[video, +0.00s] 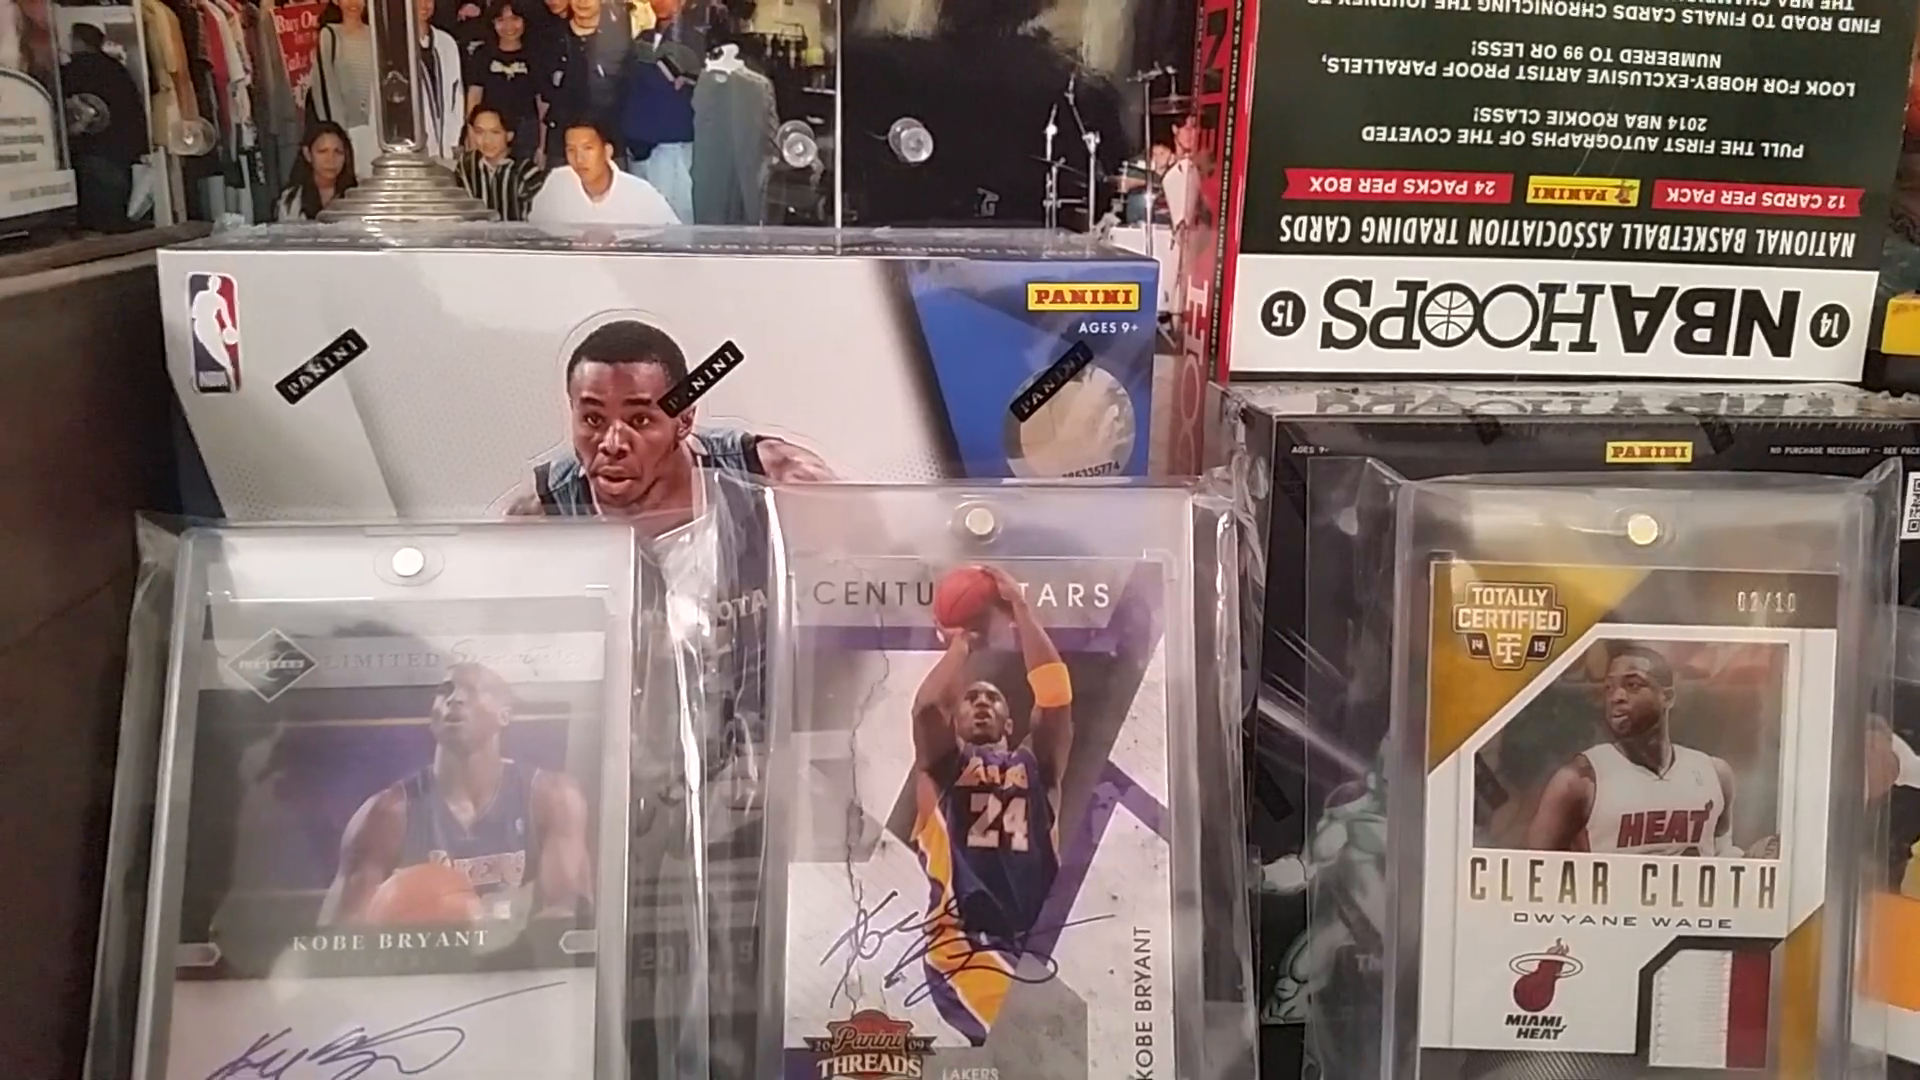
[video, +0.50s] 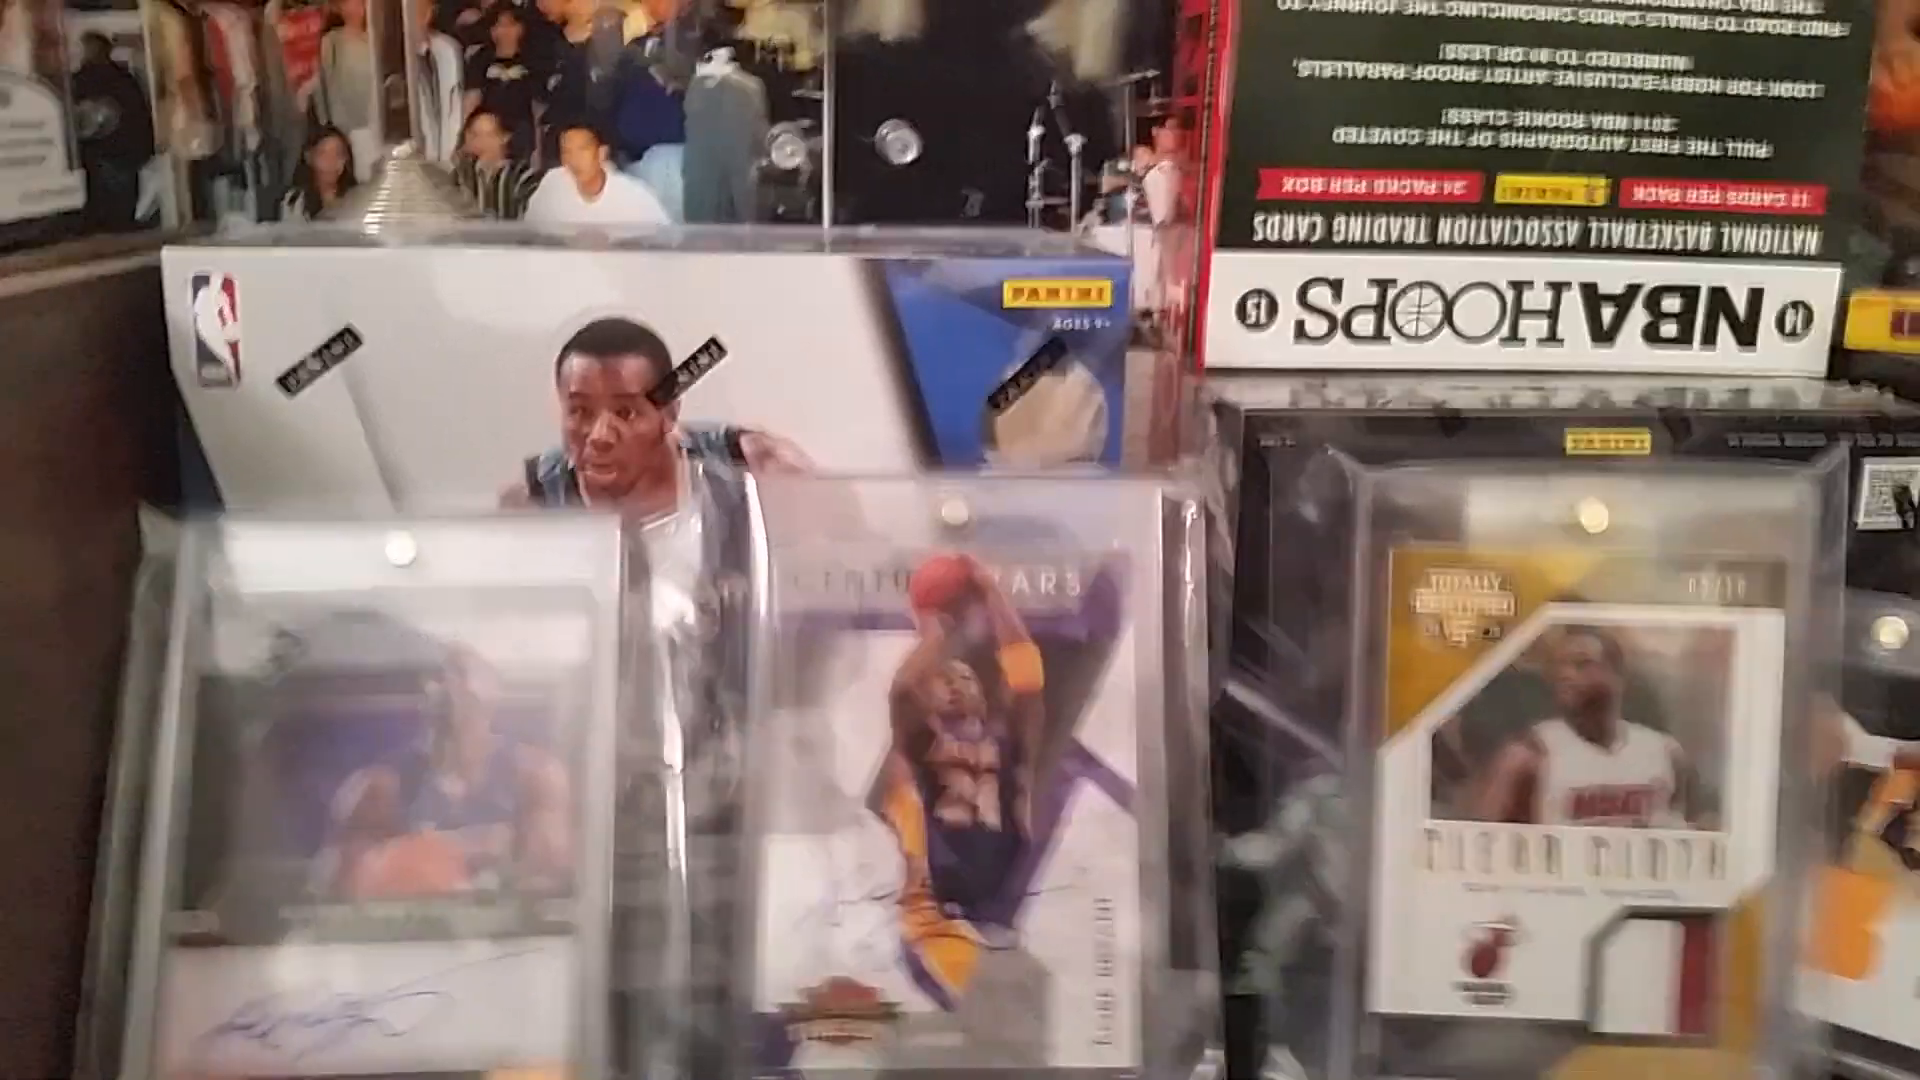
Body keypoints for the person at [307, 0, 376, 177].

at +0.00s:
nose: (354, 4)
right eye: (348, 0)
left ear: (365, 3)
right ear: (337, 3)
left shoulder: (373, 33)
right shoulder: (329, 33)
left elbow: (381, 76)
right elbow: (327, 79)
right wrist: (337, 124)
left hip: (374, 116)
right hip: (344, 119)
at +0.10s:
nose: (361, 4)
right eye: (355, 0)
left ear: (372, 3)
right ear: (345, 2)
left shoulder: (381, 32)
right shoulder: (337, 32)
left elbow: (389, 73)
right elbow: (335, 78)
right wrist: (345, 122)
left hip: (382, 114)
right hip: (352, 117)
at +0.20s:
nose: (370, 3)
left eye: (374, 1)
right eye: (365, 1)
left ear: (379, 3)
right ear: (355, 2)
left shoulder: (388, 30)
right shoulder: (346, 29)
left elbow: (396, 70)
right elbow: (343, 74)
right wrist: (352, 118)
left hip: (389, 110)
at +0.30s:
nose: (383, 2)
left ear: (392, 3)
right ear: (365, 3)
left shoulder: (400, 32)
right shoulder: (357, 32)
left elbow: (409, 72)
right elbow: (355, 77)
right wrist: (364, 121)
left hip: (401, 112)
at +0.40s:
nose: (381, 4)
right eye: (375, 0)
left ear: (391, 4)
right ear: (364, 3)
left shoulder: (399, 34)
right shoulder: (357, 34)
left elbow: (406, 74)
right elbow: (355, 79)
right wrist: (364, 122)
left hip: (399, 114)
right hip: (370, 116)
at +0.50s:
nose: (357, 7)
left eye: (359, 2)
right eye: (351, 2)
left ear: (365, 6)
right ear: (339, 7)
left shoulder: (372, 37)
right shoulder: (331, 39)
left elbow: (378, 76)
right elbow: (325, 81)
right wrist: (326, 119)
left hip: (371, 114)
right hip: (343, 117)